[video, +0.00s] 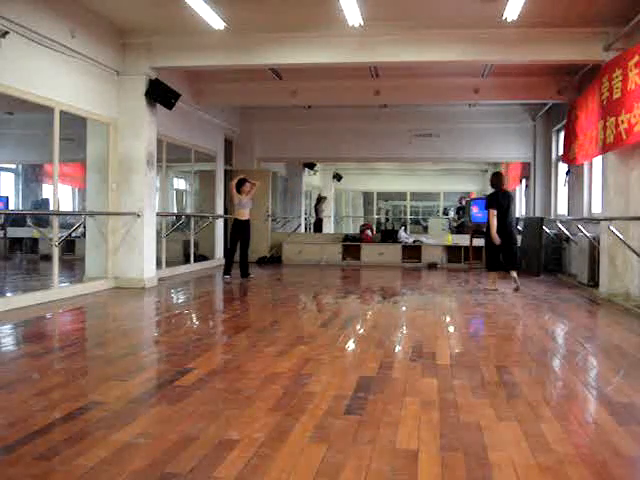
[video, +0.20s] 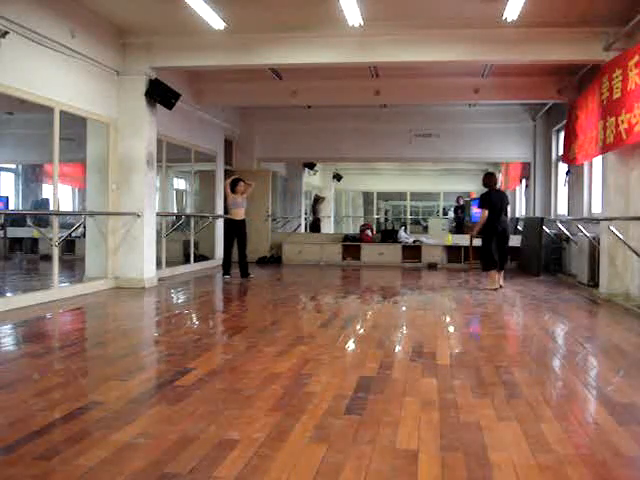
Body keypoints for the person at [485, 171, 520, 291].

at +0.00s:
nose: (491, 183)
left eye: (491, 180)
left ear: (492, 182)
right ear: (503, 181)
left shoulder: (492, 196)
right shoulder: (509, 195)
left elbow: (493, 216)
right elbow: (510, 214)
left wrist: (493, 232)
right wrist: (510, 228)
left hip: (496, 229)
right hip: (508, 230)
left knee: (493, 256)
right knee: (509, 255)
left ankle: (493, 283)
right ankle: (515, 277)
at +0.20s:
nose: (483, 183)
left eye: (484, 181)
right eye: (485, 180)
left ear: (485, 182)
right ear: (496, 181)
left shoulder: (485, 196)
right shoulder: (503, 195)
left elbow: (484, 215)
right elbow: (506, 213)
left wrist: (475, 230)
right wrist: (503, 224)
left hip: (490, 228)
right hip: (503, 227)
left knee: (489, 252)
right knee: (501, 251)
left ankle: (493, 281)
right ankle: (500, 279)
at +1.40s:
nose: (459, 191)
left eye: (459, 189)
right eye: (460, 189)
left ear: (461, 190)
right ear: (470, 188)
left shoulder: (462, 200)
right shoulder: (480, 198)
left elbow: (460, 215)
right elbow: (489, 211)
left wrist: (451, 225)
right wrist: (493, 226)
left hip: (471, 228)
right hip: (483, 228)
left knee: (471, 249)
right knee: (479, 249)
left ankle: (474, 274)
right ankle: (477, 272)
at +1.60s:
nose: (461, 190)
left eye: (461, 189)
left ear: (462, 189)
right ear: (472, 187)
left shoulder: (464, 200)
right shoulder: (482, 197)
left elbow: (463, 216)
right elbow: (489, 211)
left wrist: (457, 229)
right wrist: (492, 225)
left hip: (470, 230)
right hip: (483, 230)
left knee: (468, 252)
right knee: (479, 252)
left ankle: (470, 274)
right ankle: (476, 275)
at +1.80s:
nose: (463, 191)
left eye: (463, 190)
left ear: (463, 190)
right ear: (474, 189)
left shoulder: (465, 201)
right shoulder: (482, 198)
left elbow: (466, 216)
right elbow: (491, 212)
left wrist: (465, 230)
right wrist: (488, 224)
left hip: (471, 229)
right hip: (483, 229)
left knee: (469, 252)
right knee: (479, 253)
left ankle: (470, 273)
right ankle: (475, 275)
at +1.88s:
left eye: (463, 190)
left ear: (463, 191)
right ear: (473, 189)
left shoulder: (465, 202)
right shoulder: (481, 199)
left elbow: (466, 216)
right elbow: (490, 212)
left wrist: (465, 231)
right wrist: (488, 224)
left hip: (471, 229)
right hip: (482, 229)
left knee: (471, 250)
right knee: (479, 251)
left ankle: (473, 271)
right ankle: (475, 274)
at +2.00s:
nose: (464, 193)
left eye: (463, 191)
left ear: (463, 192)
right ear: (473, 190)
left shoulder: (464, 203)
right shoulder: (481, 200)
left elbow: (464, 218)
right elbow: (489, 212)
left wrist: (461, 231)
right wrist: (488, 224)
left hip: (470, 229)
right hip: (482, 229)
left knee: (471, 250)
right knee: (481, 250)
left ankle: (475, 270)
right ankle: (476, 270)